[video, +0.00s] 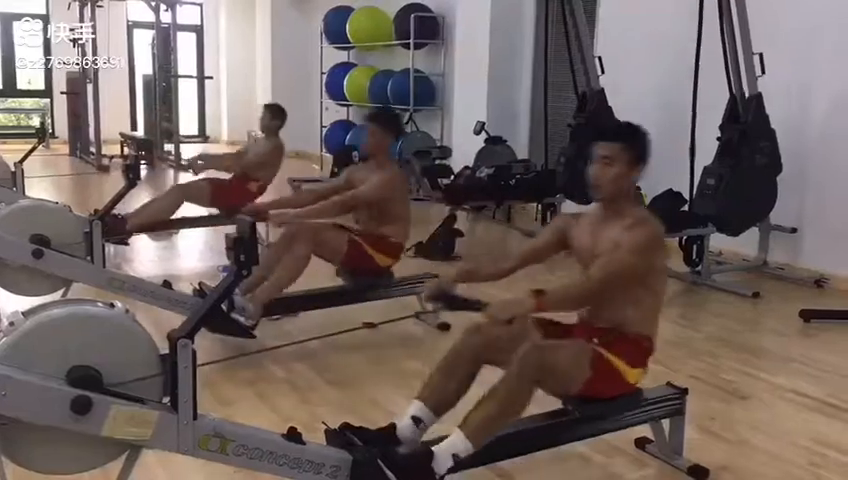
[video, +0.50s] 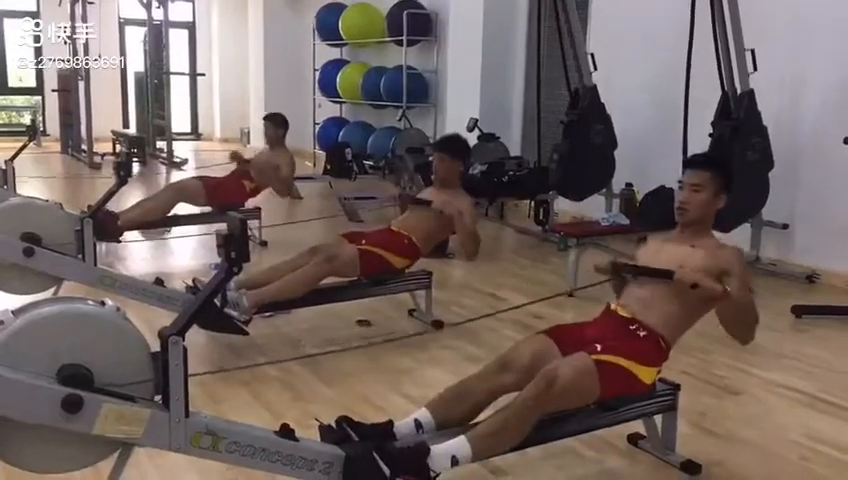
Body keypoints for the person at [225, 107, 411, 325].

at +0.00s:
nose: (364, 137)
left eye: (371, 133)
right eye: (366, 131)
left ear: (387, 139)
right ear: (374, 136)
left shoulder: (389, 178)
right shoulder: (359, 171)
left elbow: (342, 205)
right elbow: (314, 195)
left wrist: (288, 217)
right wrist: (266, 207)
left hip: (380, 252)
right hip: (361, 240)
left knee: (307, 236)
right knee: (293, 229)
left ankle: (255, 304)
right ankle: (243, 291)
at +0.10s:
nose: (393, 141)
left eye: (400, 136)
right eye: (394, 135)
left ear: (416, 142)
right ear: (396, 138)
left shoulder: (416, 180)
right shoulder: (388, 172)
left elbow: (373, 205)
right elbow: (350, 192)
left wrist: (323, 215)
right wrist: (305, 199)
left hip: (392, 253)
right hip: (371, 239)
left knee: (322, 248)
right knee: (306, 242)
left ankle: (255, 307)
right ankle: (240, 290)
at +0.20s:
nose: (417, 151)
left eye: (424, 147)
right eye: (418, 145)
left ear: (442, 152)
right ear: (418, 146)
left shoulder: (443, 189)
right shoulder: (411, 178)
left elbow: (404, 213)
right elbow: (371, 196)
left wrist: (359, 215)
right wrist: (330, 199)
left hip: (403, 251)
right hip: (384, 238)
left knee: (328, 257)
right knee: (315, 251)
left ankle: (251, 307)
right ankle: (235, 288)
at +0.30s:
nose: (433, 163)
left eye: (441, 158)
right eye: (433, 156)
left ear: (458, 163)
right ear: (431, 157)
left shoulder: (457, 198)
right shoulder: (423, 184)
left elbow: (441, 226)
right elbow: (396, 206)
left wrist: (380, 214)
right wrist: (364, 207)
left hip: (403, 249)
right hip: (384, 234)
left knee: (329, 265)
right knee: (316, 254)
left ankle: (251, 305)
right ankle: (235, 287)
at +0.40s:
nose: (434, 166)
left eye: (439, 161)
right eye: (435, 160)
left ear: (457, 166)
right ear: (442, 162)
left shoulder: (463, 203)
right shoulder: (431, 189)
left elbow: (463, 246)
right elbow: (412, 220)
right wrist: (393, 210)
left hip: (401, 251)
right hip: (384, 236)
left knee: (328, 262)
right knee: (315, 252)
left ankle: (250, 303)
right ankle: (239, 287)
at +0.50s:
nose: (434, 167)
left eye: (440, 162)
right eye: (434, 161)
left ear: (458, 166)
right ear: (438, 162)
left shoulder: (463, 203)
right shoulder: (433, 190)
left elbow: (471, 252)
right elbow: (407, 223)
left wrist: (461, 215)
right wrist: (405, 203)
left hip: (398, 249)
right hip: (378, 235)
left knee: (328, 262)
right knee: (314, 251)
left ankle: (248, 303)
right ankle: (234, 286)